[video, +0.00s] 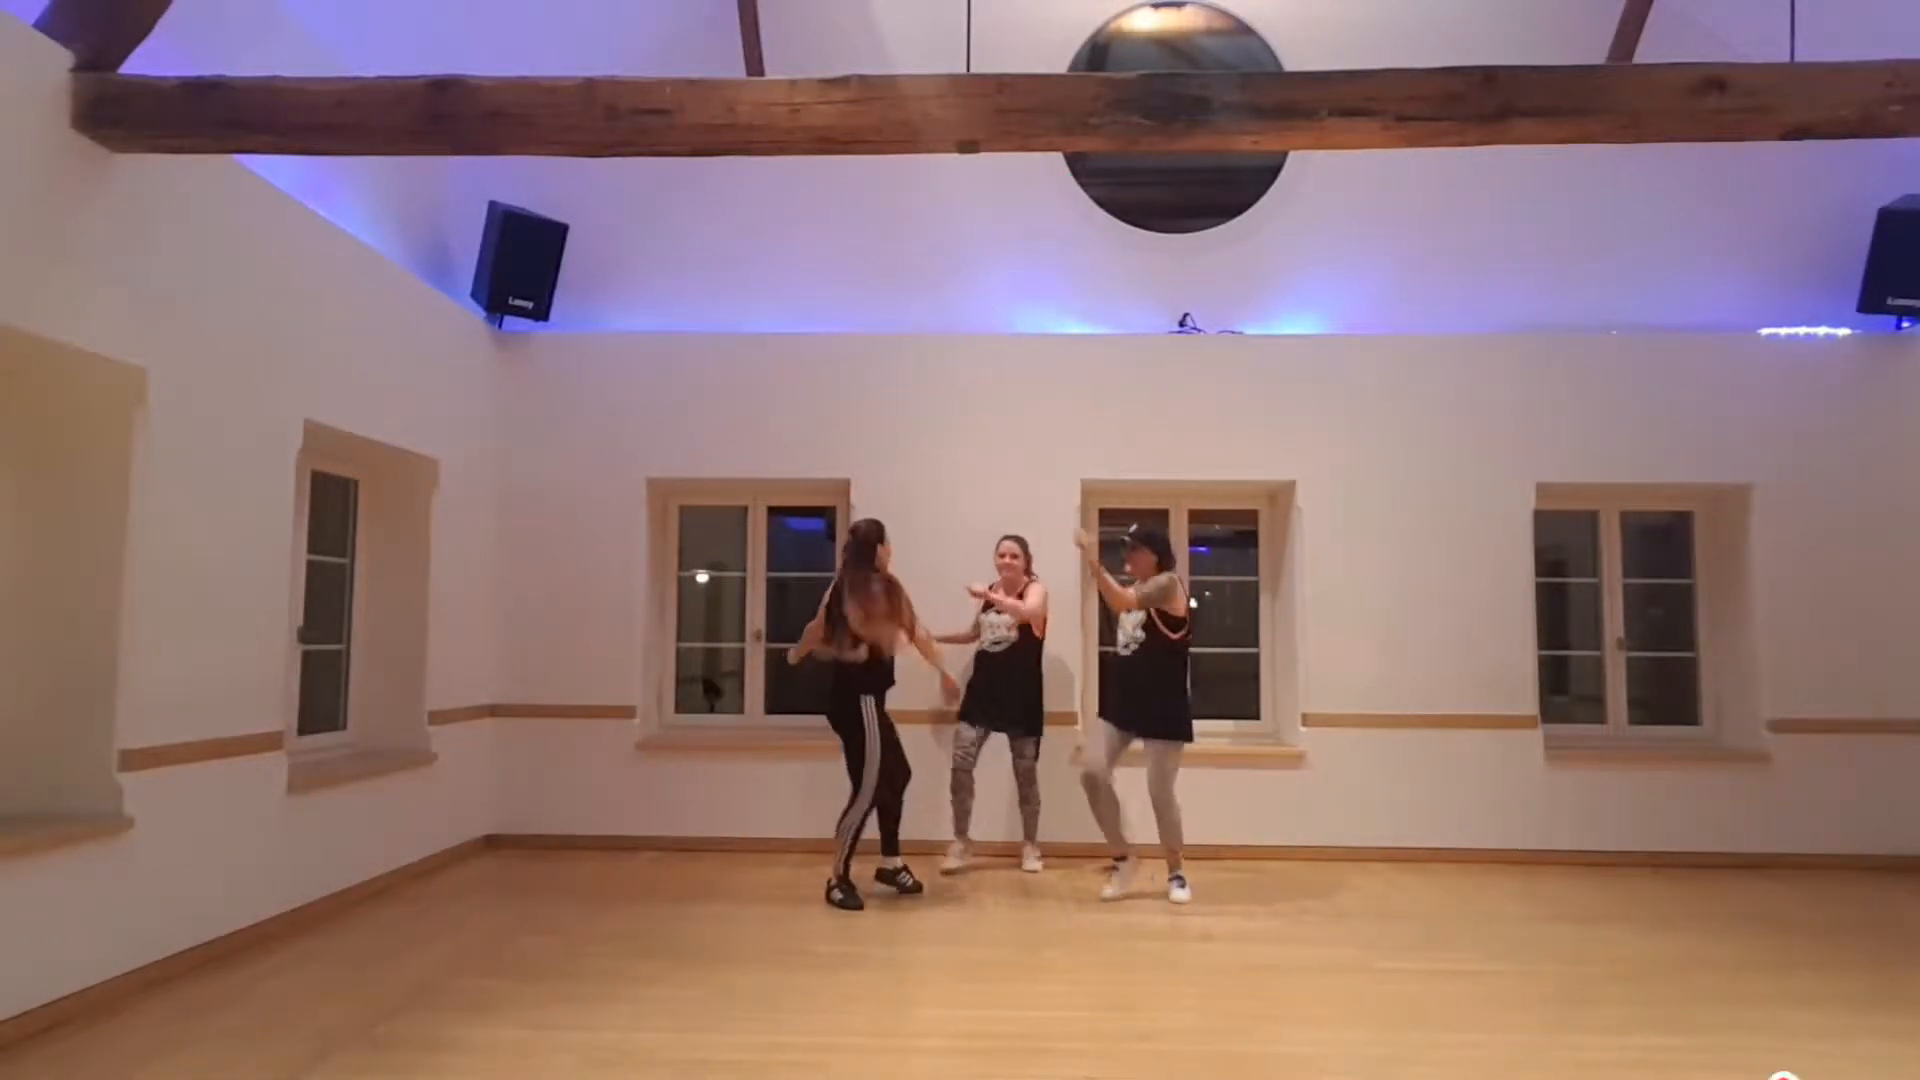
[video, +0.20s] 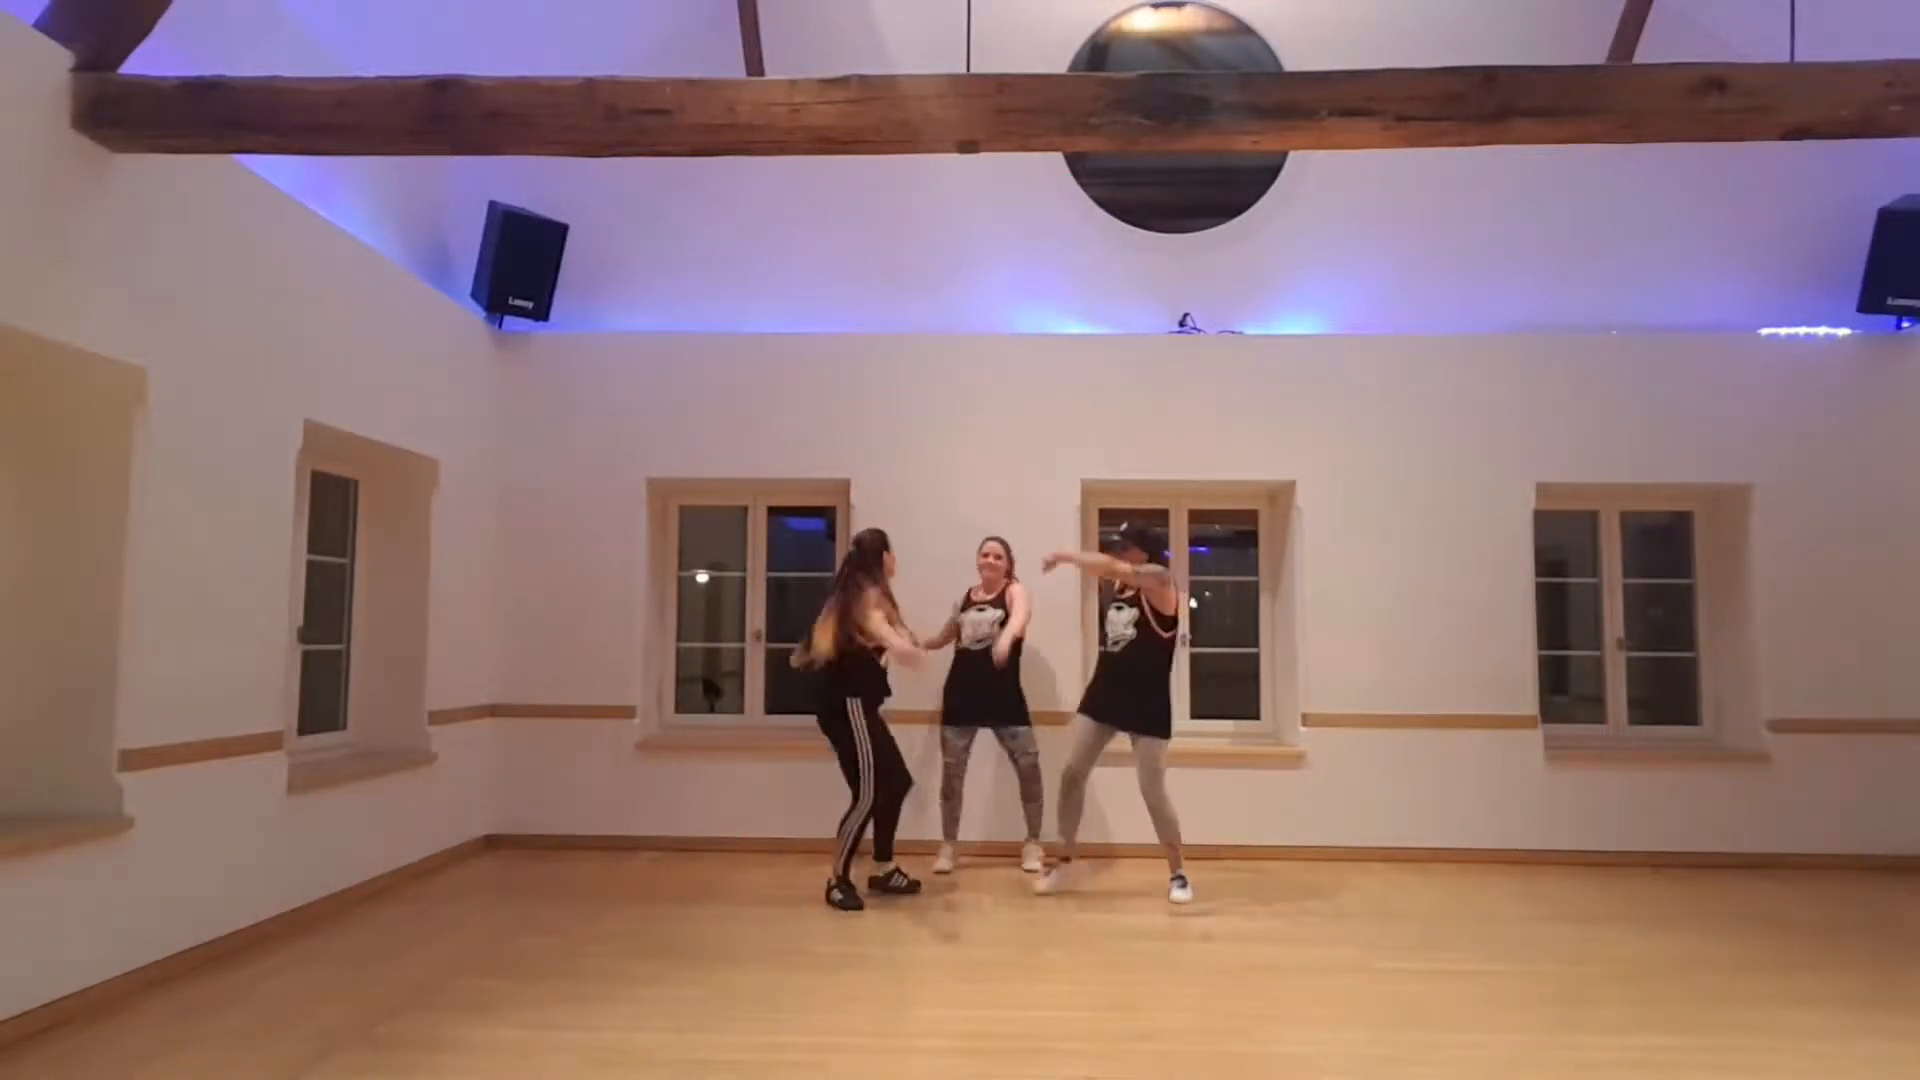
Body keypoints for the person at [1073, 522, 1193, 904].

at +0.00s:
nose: (1129, 558)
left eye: (1136, 551)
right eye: (1127, 551)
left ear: (1157, 555)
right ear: (1132, 558)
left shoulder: (1168, 584)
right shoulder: (1134, 589)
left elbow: (1124, 603)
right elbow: (1117, 603)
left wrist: (1095, 567)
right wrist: (1097, 572)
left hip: (1165, 710)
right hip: (1124, 706)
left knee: (1160, 790)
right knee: (1092, 773)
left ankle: (1176, 874)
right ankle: (1123, 859)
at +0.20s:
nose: (1117, 554)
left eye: (1125, 548)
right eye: (1116, 548)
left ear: (1144, 553)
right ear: (1121, 552)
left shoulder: (1162, 584)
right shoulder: (1116, 588)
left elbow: (1120, 570)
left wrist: (1069, 557)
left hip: (1148, 702)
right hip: (1105, 695)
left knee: (1152, 788)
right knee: (1073, 773)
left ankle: (1178, 875)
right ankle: (1067, 861)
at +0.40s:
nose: (1101, 585)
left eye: (1107, 578)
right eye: (1099, 578)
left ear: (1126, 579)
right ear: (1101, 581)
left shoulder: (1145, 611)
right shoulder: (1098, 610)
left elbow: (1119, 639)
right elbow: (1087, 655)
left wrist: (1091, 668)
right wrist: (1065, 692)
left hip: (1121, 721)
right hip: (1080, 713)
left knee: (1132, 806)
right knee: (1046, 790)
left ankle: (1173, 876)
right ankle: (1055, 869)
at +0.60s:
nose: (1073, 568)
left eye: (1081, 563)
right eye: (1074, 562)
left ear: (1101, 572)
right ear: (1075, 567)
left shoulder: (1120, 608)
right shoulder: (1061, 595)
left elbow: (1140, 660)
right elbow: (1034, 634)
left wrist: (1160, 712)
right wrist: (1021, 630)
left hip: (1099, 714)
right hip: (1054, 711)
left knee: (1119, 792)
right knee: (1041, 788)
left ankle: (1163, 869)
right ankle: (1053, 867)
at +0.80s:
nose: (1056, 555)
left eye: (1064, 550)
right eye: (1056, 548)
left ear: (1084, 555)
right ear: (1057, 551)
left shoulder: (1106, 586)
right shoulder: (1044, 578)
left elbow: (1133, 614)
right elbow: (990, 597)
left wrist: (1171, 633)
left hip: (1089, 696)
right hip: (1042, 695)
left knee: (1085, 777)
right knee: (1040, 782)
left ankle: (1083, 861)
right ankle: (1044, 865)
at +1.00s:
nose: (1053, 573)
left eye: (1061, 567)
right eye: (1050, 567)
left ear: (1079, 568)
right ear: (1046, 568)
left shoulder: (1096, 597)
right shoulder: (1039, 597)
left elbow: (1112, 632)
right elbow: (1008, 611)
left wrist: (1163, 628)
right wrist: (1019, 616)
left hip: (1081, 712)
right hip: (1037, 711)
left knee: (1070, 792)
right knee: (1041, 796)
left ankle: (1063, 866)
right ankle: (1045, 867)